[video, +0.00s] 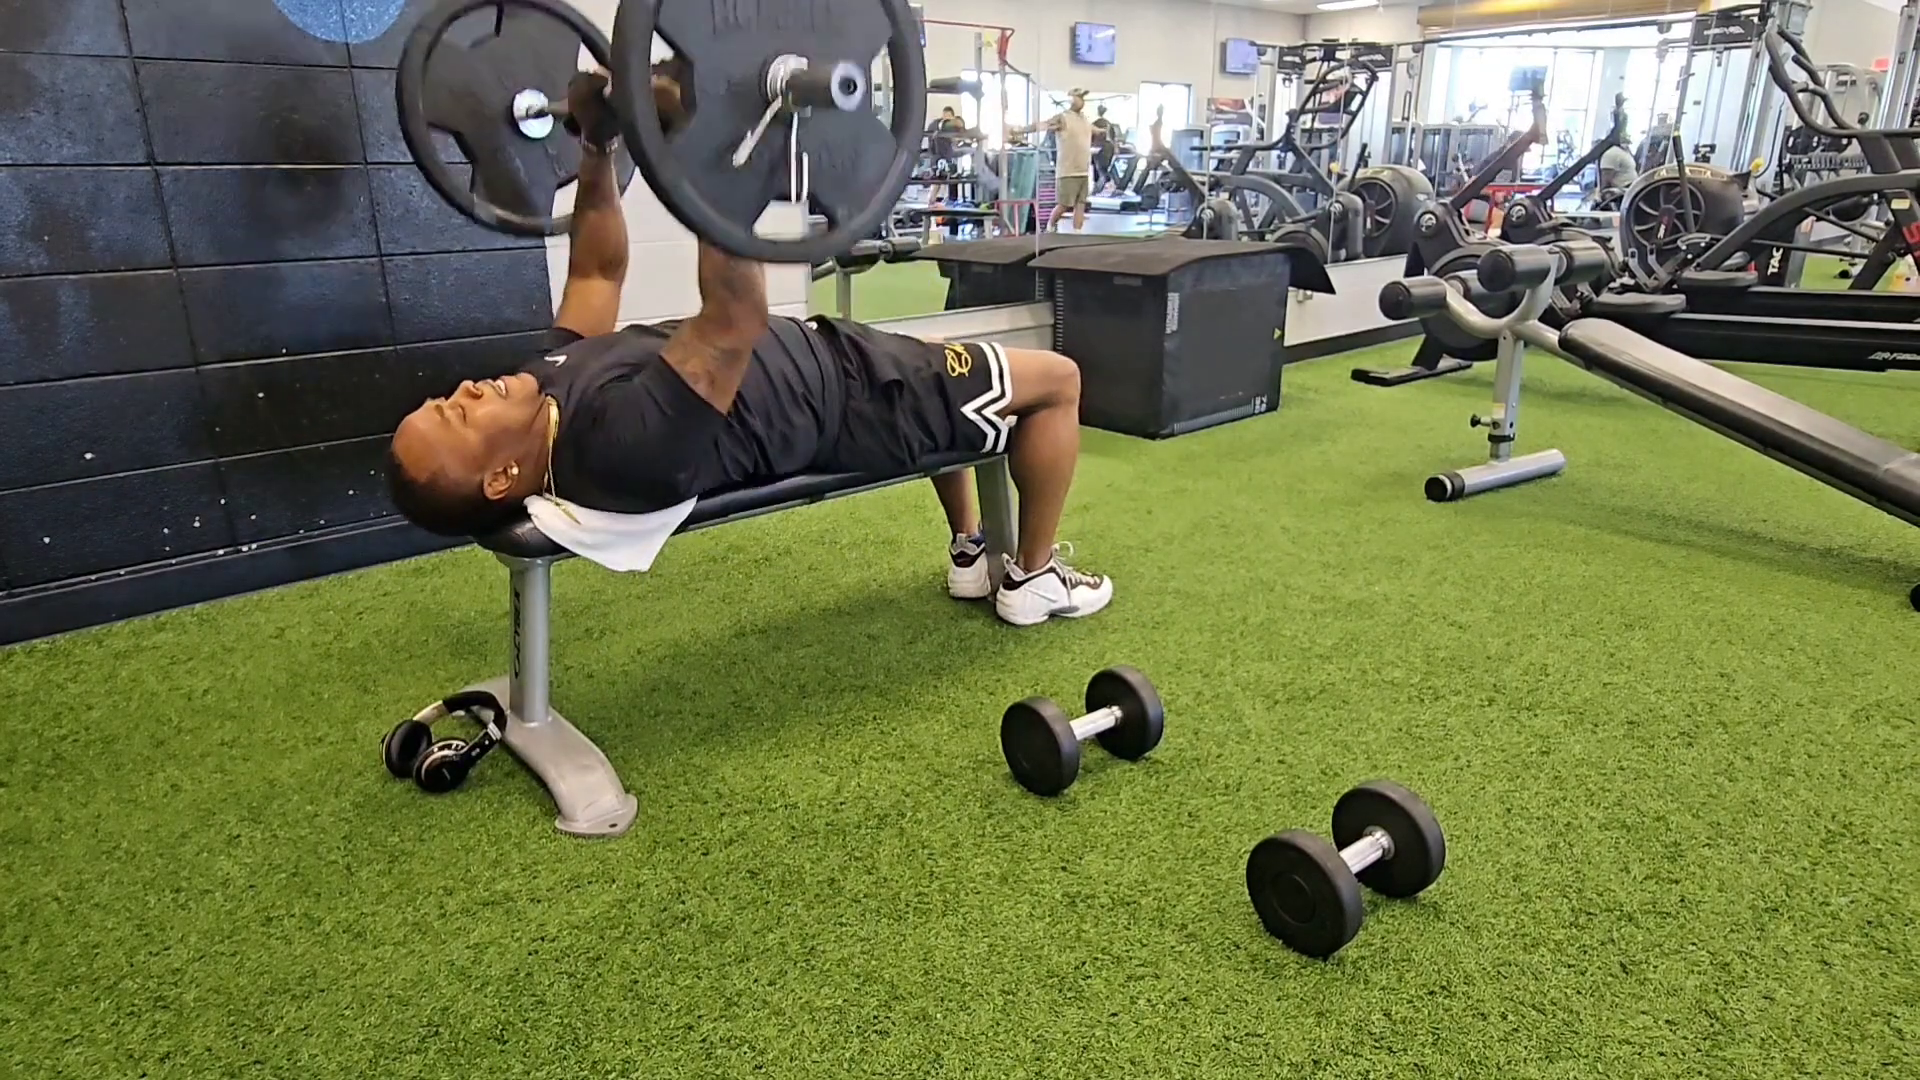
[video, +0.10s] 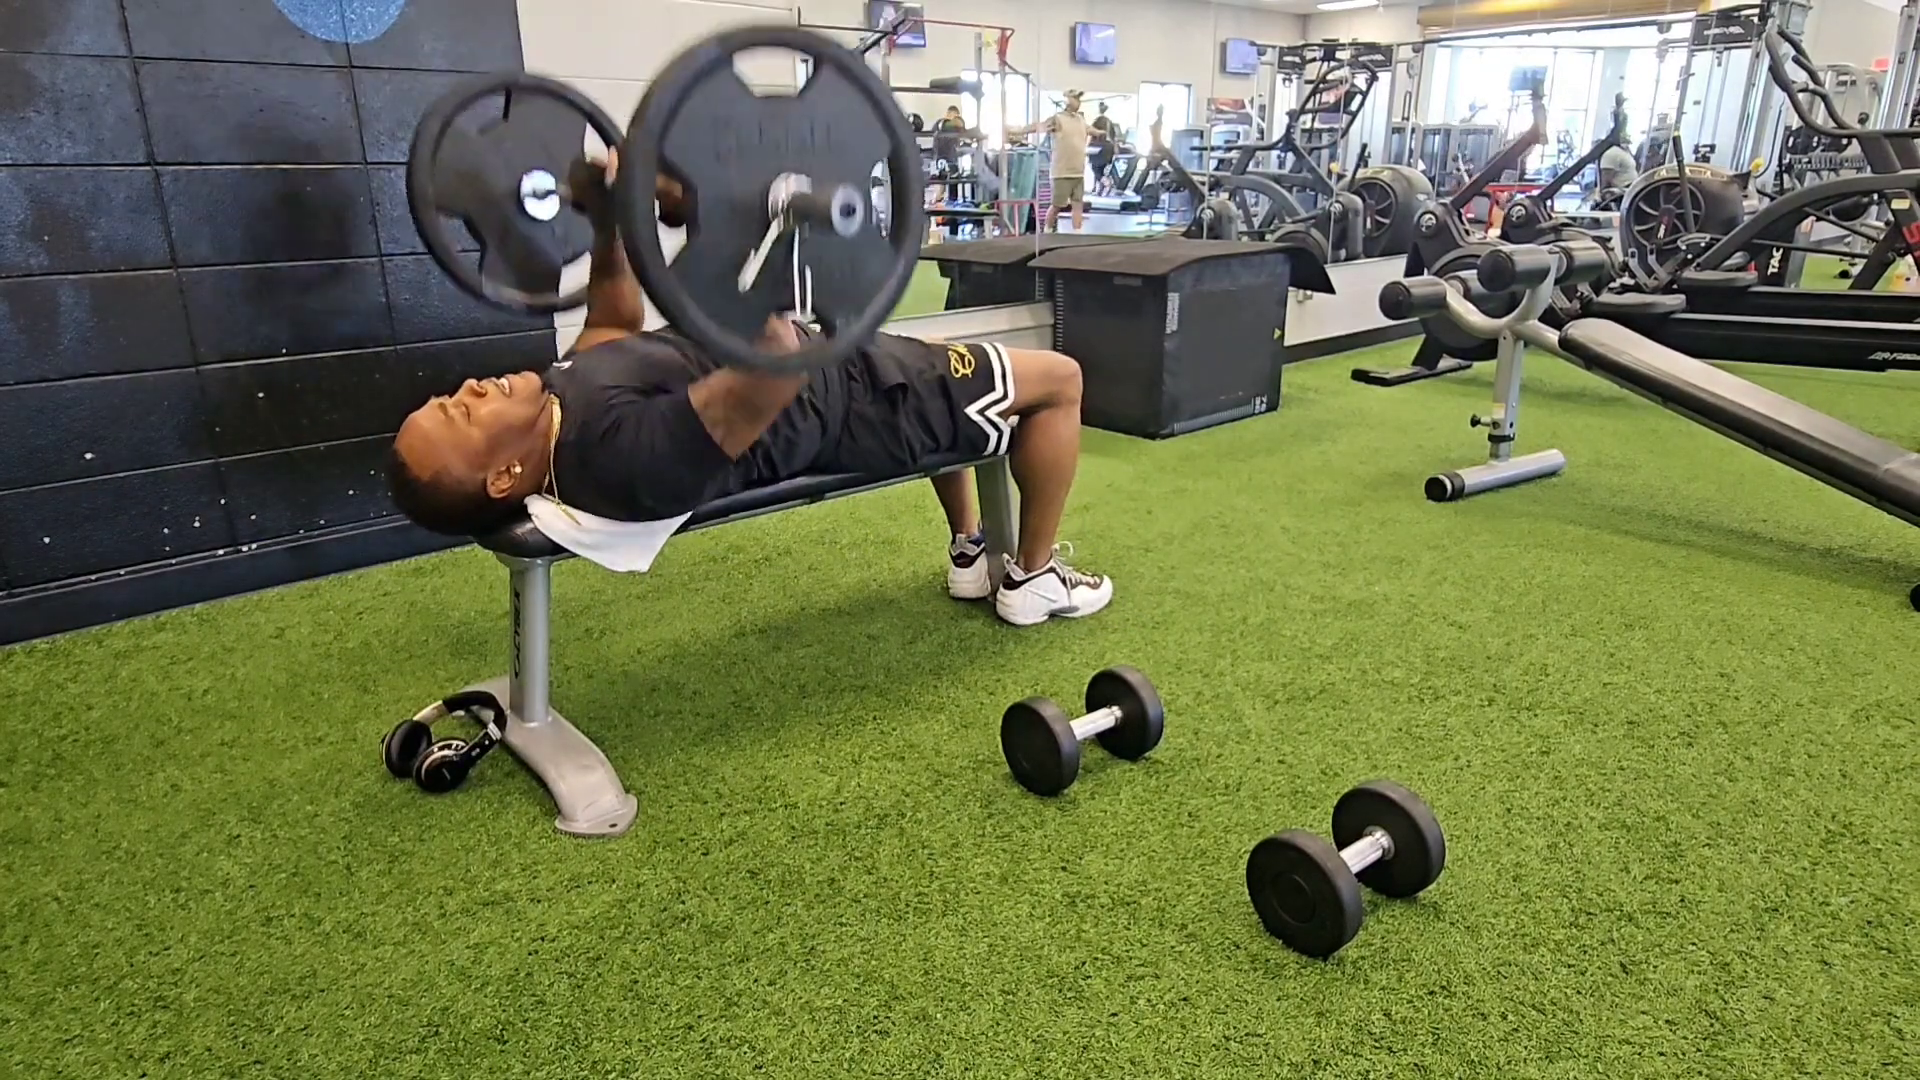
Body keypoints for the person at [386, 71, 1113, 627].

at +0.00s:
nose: (481, 382)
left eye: (453, 392)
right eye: (468, 408)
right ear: (506, 472)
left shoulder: (542, 382)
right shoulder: (619, 446)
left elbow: (596, 278)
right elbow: (733, 321)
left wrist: (596, 146)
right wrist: (700, 150)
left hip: (802, 346)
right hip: (842, 392)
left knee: (939, 368)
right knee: (1057, 380)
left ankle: (975, 548)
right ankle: (1034, 575)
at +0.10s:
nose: (482, 378)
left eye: (454, 389)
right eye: (465, 406)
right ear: (507, 478)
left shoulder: (554, 400)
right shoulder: (616, 459)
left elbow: (612, 321)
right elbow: (737, 406)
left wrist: (606, 221)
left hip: (793, 362)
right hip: (834, 405)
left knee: (926, 353)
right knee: (1060, 380)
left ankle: (972, 547)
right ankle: (1035, 573)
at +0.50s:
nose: (493, 379)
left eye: (472, 386)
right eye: (485, 403)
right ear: (517, 469)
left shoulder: (554, 400)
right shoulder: (615, 457)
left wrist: (553, 301)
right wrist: (576, 309)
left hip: (800, 349)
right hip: (856, 404)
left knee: (940, 343)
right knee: (1067, 379)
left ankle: (972, 543)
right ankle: (1036, 574)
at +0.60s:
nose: (471, 418)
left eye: (456, 429)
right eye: (468, 433)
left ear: (473, 456)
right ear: (492, 472)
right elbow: (716, 344)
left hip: (794, 347)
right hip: (853, 394)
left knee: (937, 350)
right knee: (1066, 379)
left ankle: (973, 546)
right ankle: (1036, 574)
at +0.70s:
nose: (416, 337)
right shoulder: (609, 443)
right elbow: (665, 326)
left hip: (777, 350)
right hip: (846, 388)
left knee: (926, 348)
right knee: (1056, 375)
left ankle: (972, 544)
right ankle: (1035, 570)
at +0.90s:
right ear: (512, 485)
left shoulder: (467, 412)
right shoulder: (599, 459)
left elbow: (397, 317)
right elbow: (525, 360)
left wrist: (353, 466)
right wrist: (403, 461)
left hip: (779, 342)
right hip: (840, 385)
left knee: (926, 351)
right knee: (1055, 371)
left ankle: (969, 543)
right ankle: (1033, 566)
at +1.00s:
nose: (432, 412)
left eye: (423, 422)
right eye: (431, 425)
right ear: (481, 483)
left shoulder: (444, 435)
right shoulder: (587, 470)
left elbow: (383, 338)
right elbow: (513, 388)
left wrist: (365, 477)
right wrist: (397, 492)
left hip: (769, 340)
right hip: (833, 381)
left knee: (923, 344)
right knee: (1055, 372)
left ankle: (970, 543)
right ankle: (1032, 568)